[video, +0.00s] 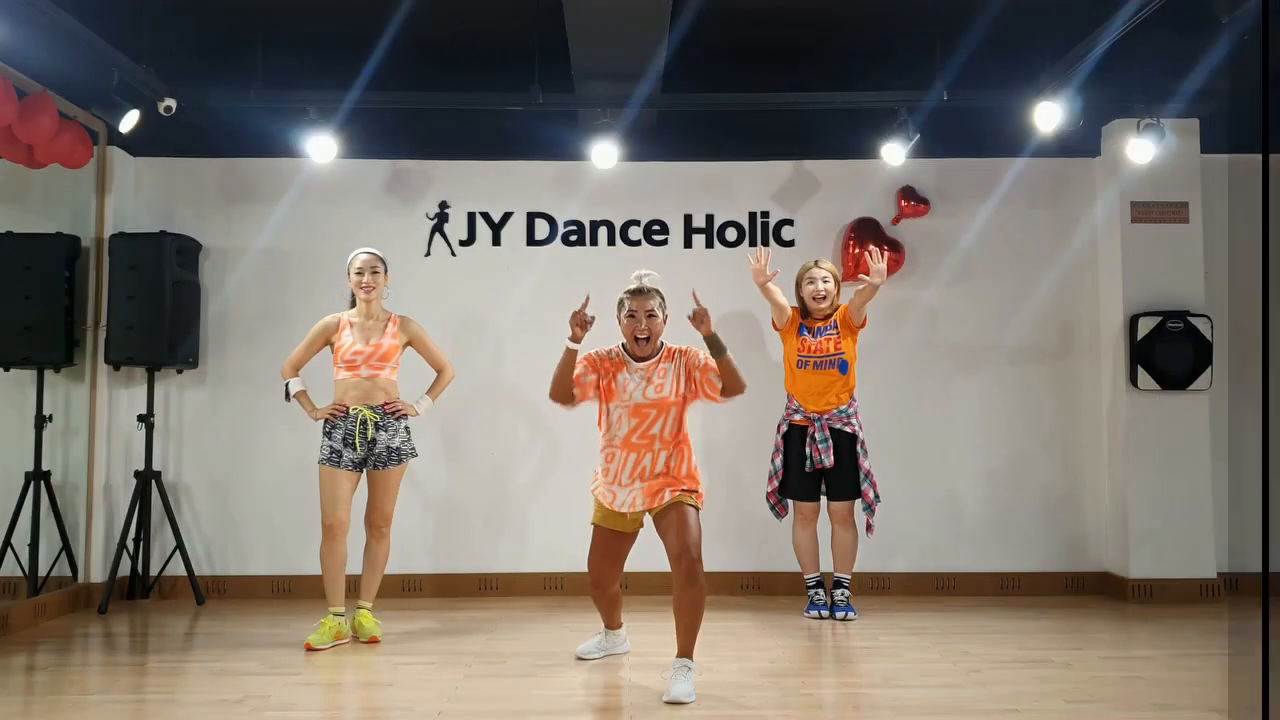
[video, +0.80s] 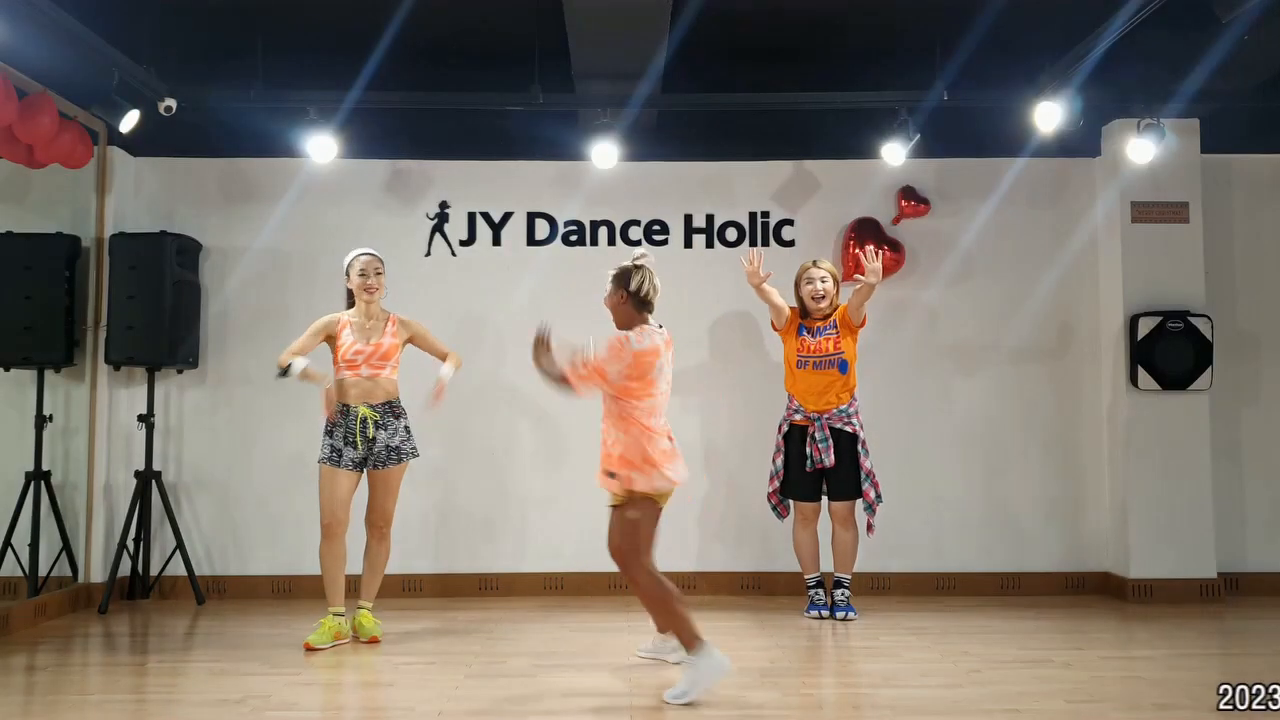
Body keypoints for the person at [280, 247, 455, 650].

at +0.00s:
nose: (367, 279)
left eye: (375, 272)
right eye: (360, 273)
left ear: (386, 280)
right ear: (349, 281)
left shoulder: (403, 327)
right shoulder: (333, 325)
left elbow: (447, 370)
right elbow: (289, 369)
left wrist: (418, 406)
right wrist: (314, 410)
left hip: (389, 428)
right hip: (341, 427)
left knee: (379, 526)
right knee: (333, 526)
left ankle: (365, 612)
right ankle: (336, 617)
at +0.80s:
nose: (371, 280)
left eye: (377, 274)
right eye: (362, 274)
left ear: (386, 280)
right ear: (349, 282)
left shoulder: (402, 326)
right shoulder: (333, 324)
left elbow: (451, 358)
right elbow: (286, 360)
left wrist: (441, 381)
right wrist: (324, 381)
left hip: (389, 427)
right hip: (343, 427)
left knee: (380, 525)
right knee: (331, 524)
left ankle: (365, 612)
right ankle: (336, 617)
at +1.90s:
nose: (363, 267)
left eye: (367, 262)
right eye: (354, 265)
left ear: (377, 275)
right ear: (340, 281)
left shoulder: (394, 325)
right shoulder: (328, 320)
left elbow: (447, 336)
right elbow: (342, 335)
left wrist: (440, 292)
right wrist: (367, 294)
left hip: (389, 422)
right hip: (343, 423)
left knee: (378, 525)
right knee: (329, 525)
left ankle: (364, 612)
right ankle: (335, 618)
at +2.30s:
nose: (369, 278)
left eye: (375, 272)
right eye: (361, 273)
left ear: (385, 280)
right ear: (348, 283)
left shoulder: (400, 322)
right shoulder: (334, 320)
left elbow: (421, 344)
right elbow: (338, 348)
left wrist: (417, 299)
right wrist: (347, 339)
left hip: (390, 423)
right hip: (345, 423)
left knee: (379, 525)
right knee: (331, 526)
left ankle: (364, 612)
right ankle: (335, 617)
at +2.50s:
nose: (369, 276)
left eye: (376, 270)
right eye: (361, 271)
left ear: (386, 279)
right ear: (350, 281)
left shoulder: (401, 320)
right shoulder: (335, 320)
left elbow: (410, 346)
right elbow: (343, 350)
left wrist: (395, 301)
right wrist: (364, 316)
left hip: (392, 423)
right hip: (346, 422)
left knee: (380, 526)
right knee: (332, 525)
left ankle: (364, 612)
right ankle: (335, 617)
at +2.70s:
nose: (368, 276)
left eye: (375, 269)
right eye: (361, 271)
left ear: (387, 278)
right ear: (351, 282)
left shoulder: (405, 321)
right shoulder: (337, 320)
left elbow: (408, 345)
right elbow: (341, 347)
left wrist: (392, 299)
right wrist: (365, 313)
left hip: (392, 422)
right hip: (347, 421)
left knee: (381, 526)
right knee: (328, 524)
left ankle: (364, 612)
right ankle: (333, 614)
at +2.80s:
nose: (369, 275)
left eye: (375, 269)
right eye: (362, 271)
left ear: (387, 277)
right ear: (351, 281)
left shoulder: (405, 320)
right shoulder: (337, 320)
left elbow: (407, 343)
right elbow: (339, 349)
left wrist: (389, 302)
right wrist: (363, 313)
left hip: (392, 422)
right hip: (347, 421)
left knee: (381, 525)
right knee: (326, 522)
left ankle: (364, 611)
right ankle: (332, 611)